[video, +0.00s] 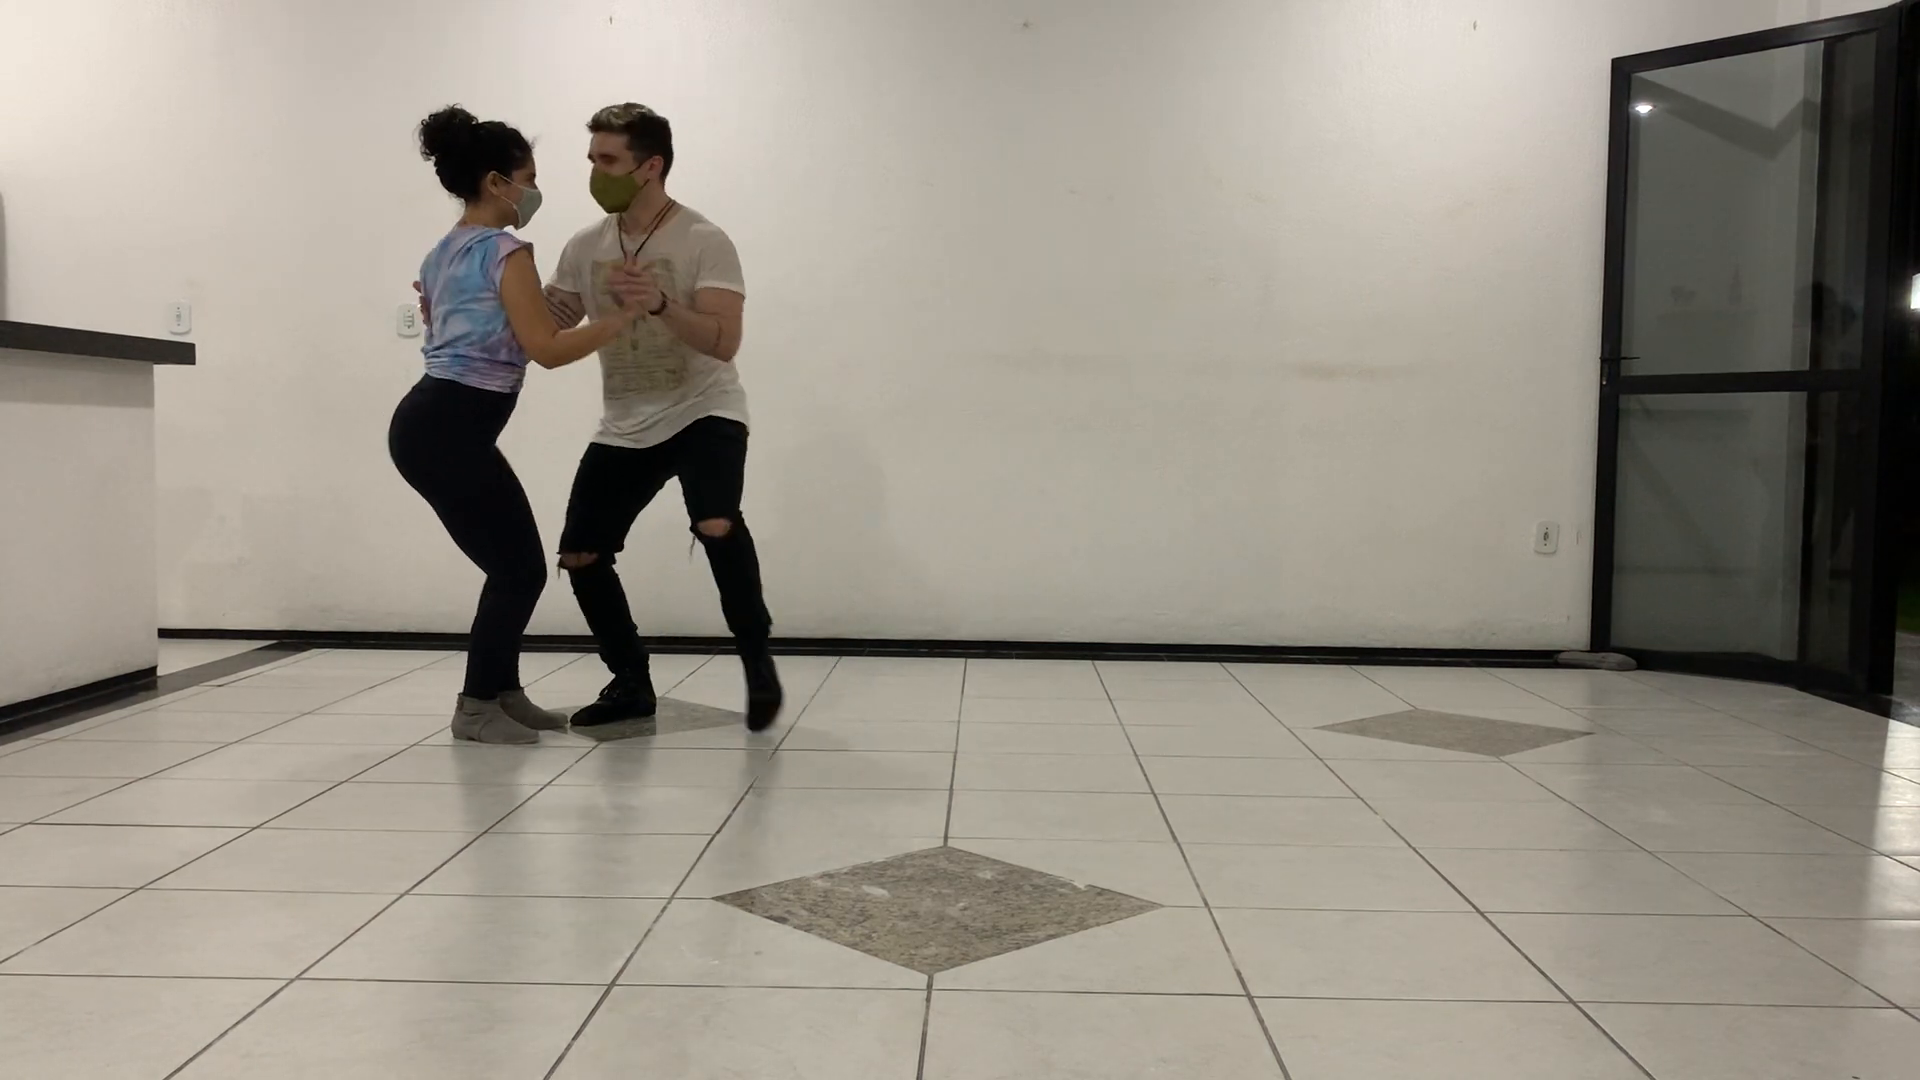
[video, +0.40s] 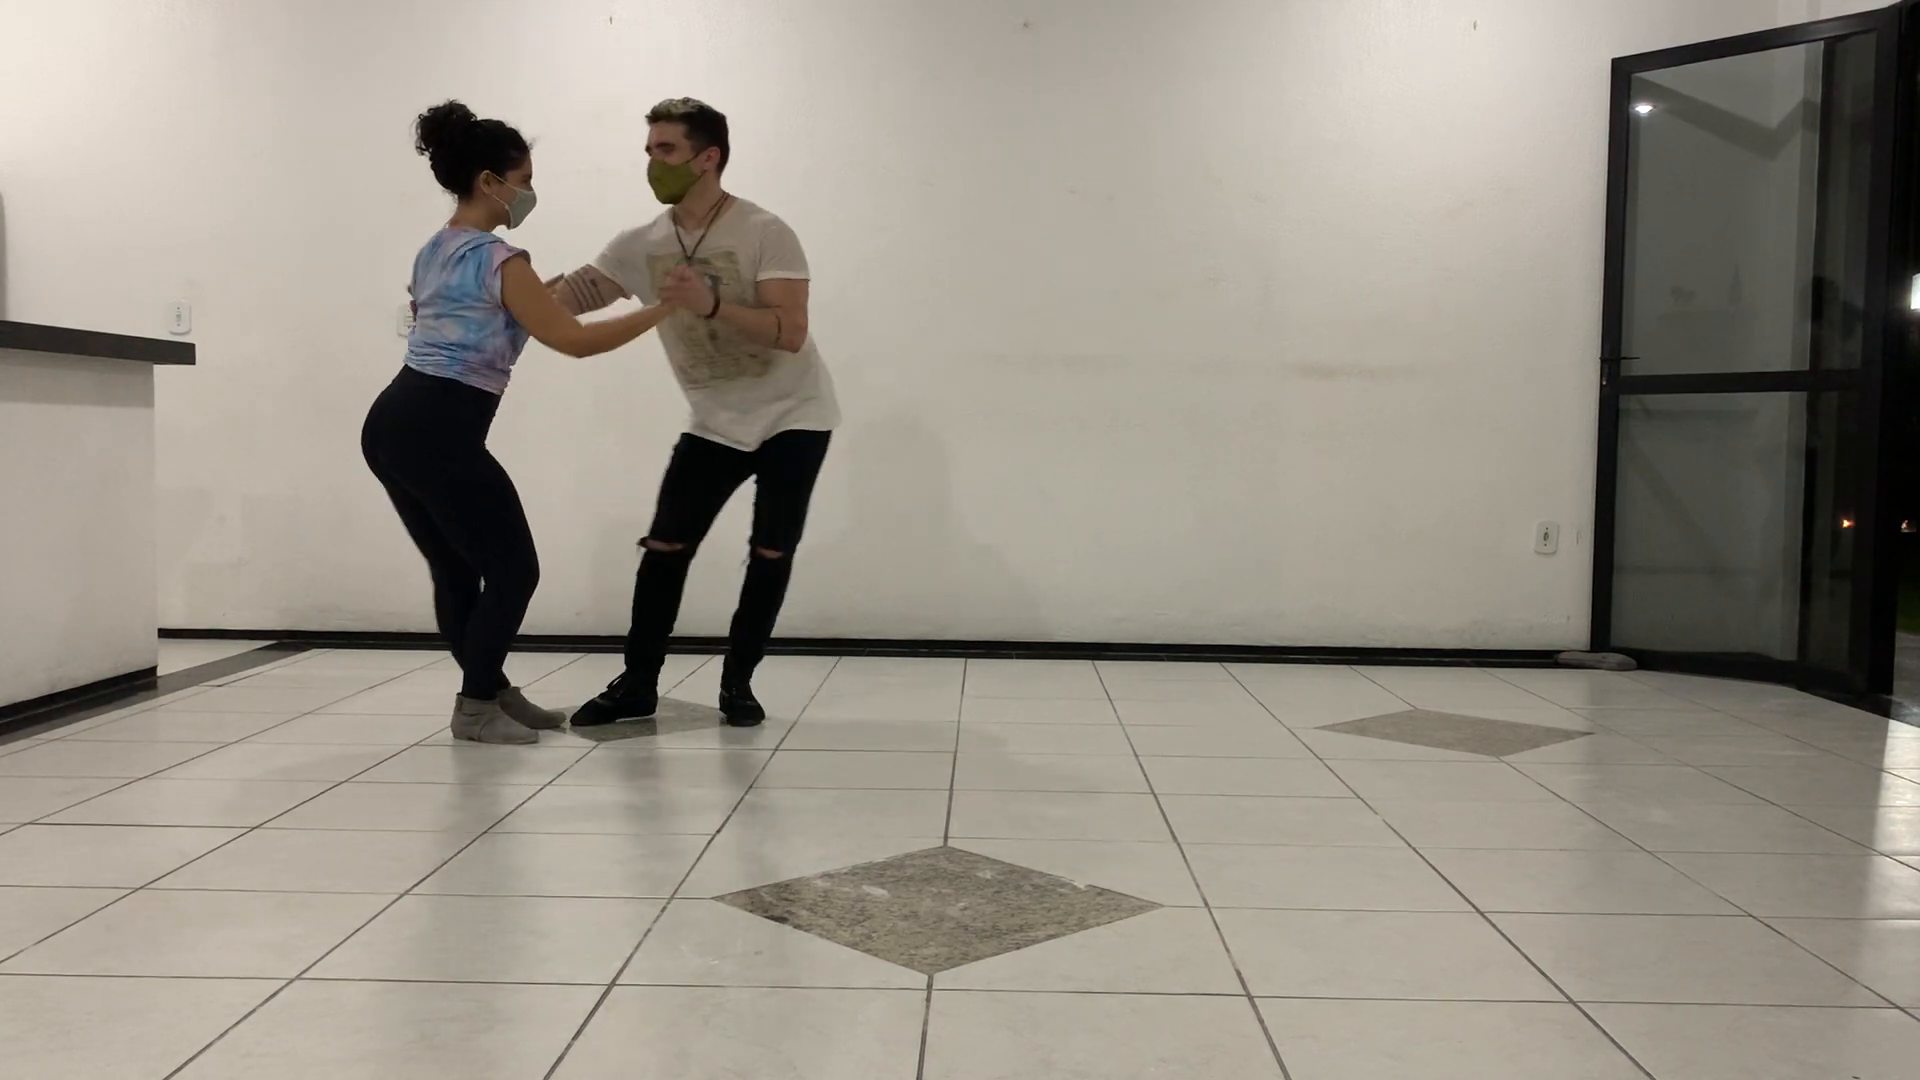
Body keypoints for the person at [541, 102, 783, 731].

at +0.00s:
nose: (594, 171)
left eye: (607, 161)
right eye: (592, 160)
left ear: (652, 166)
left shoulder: (704, 241)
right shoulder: (584, 249)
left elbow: (724, 340)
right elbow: (544, 330)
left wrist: (658, 304)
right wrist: (457, 305)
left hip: (705, 405)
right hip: (627, 421)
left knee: (716, 522)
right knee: (582, 551)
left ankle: (757, 667)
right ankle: (632, 686)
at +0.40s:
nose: (654, 162)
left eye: (667, 151)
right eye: (650, 151)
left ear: (710, 156)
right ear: (650, 156)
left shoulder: (766, 234)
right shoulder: (642, 247)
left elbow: (791, 331)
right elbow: (561, 298)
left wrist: (712, 303)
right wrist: (467, 293)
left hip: (795, 407)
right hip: (718, 416)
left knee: (771, 547)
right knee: (666, 541)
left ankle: (737, 682)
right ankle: (639, 684)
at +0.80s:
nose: (741, 174)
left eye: (755, 164)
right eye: (738, 163)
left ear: (797, 172)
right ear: (736, 166)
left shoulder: (835, 244)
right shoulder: (731, 248)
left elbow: (833, 306)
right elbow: (673, 316)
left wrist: (755, 289)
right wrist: (602, 336)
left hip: (838, 426)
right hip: (766, 429)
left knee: (798, 562)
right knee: (725, 552)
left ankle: (743, 678)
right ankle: (819, 644)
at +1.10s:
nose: (788, 162)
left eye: (802, 150)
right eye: (782, 151)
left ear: (839, 156)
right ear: (774, 158)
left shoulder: (878, 220)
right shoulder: (774, 245)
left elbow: (911, 217)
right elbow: (727, 328)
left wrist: (837, 199)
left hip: (885, 399)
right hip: (815, 415)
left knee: (895, 527)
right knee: (813, 559)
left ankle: (863, 660)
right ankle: (875, 684)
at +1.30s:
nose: (820, 149)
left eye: (836, 137)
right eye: (815, 139)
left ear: (870, 144)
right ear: (812, 149)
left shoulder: (900, 205)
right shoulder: (823, 231)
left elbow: (885, 148)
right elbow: (799, 272)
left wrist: (806, 160)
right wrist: (778, 197)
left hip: (914, 402)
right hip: (837, 417)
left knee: (985, 526)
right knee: (833, 552)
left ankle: (1033, 659)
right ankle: (877, 677)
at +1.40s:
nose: (836, 146)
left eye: (849, 129)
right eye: (832, 135)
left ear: (884, 135)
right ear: (833, 149)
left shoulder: (914, 202)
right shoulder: (841, 221)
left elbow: (892, 127)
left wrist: (824, 138)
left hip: (927, 401)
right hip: (854, 416)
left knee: (994, 535)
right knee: (848, 550)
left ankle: (1046, 662)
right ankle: (874, 681)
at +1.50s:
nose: (858, 154)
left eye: (861, 142)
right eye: (850, 145)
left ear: (885, 143)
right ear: (855, 153)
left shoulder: (929, 199)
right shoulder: (849, 224)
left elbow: (912, 117)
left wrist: (840, 110)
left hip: (939, 399)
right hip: (868, 409)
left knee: (995, 539)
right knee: (856, 546)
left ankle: (1045, 666)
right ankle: (881, 672)